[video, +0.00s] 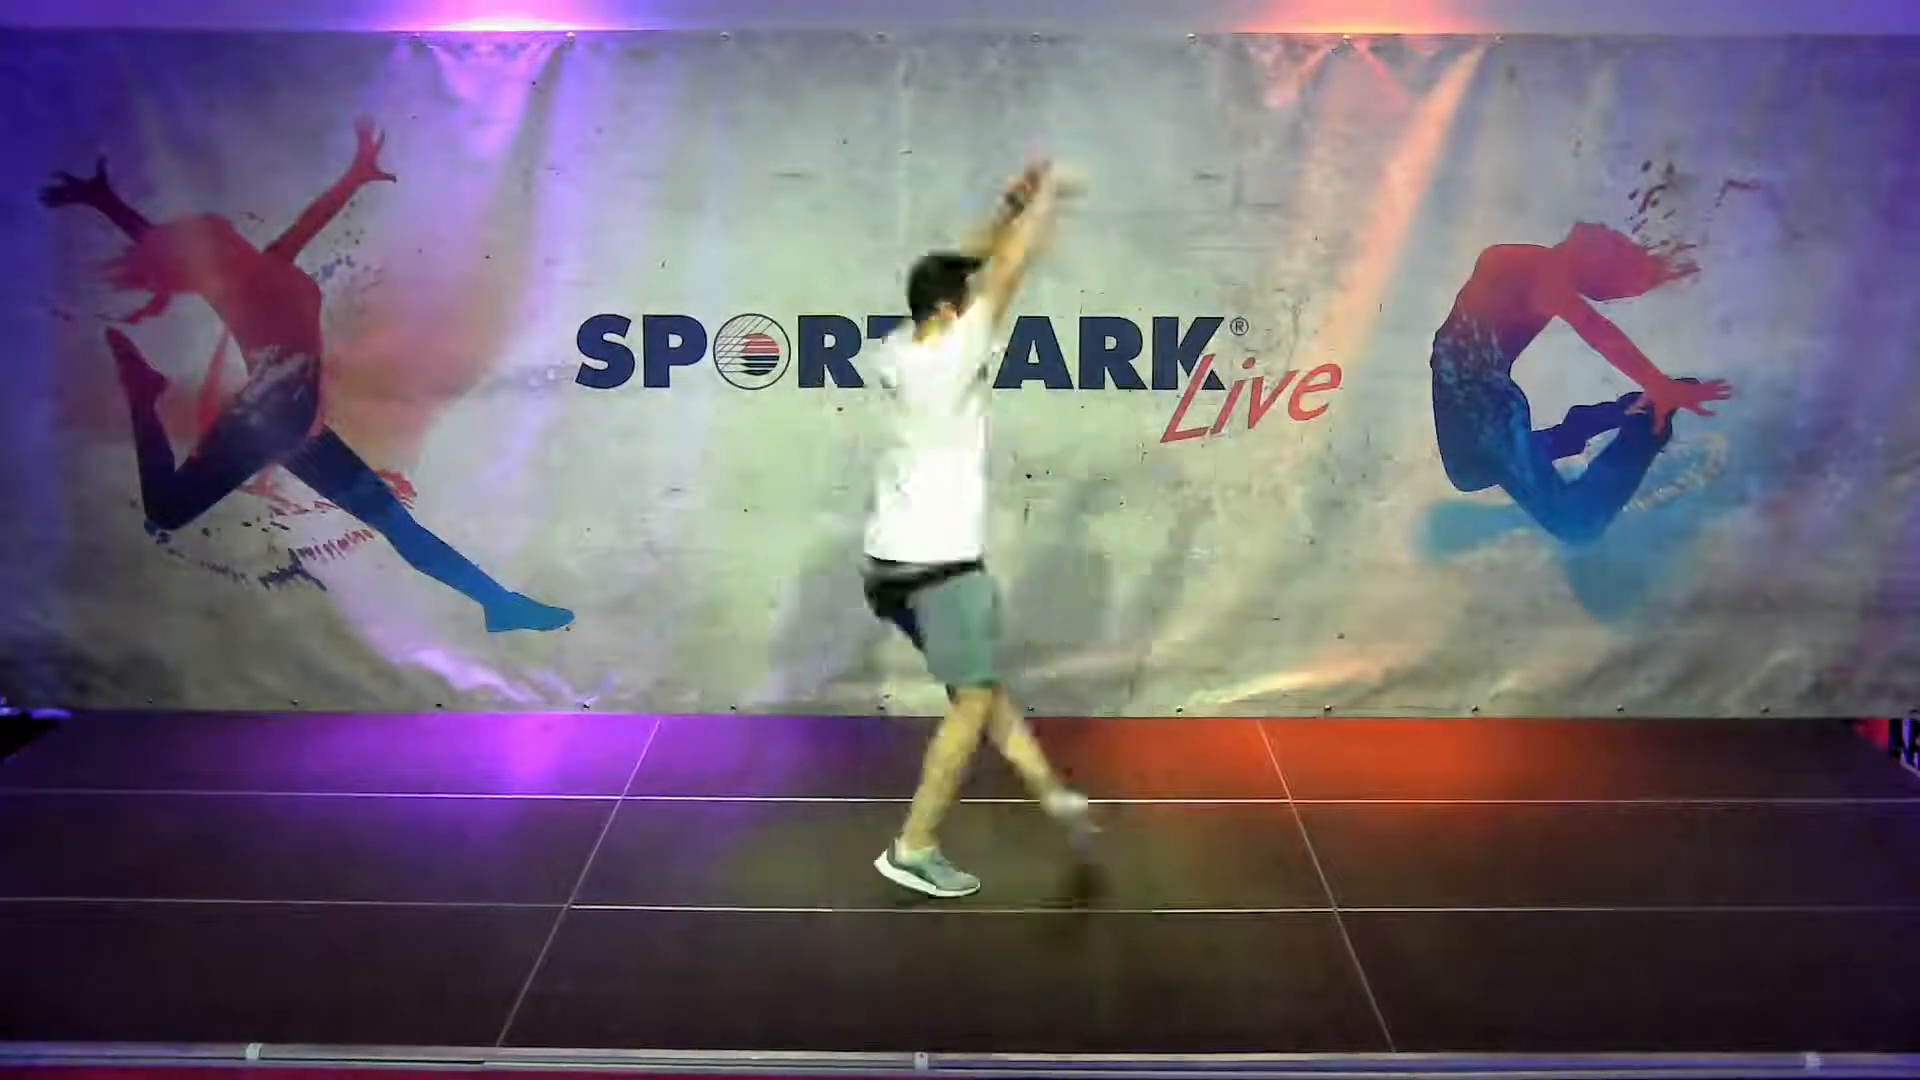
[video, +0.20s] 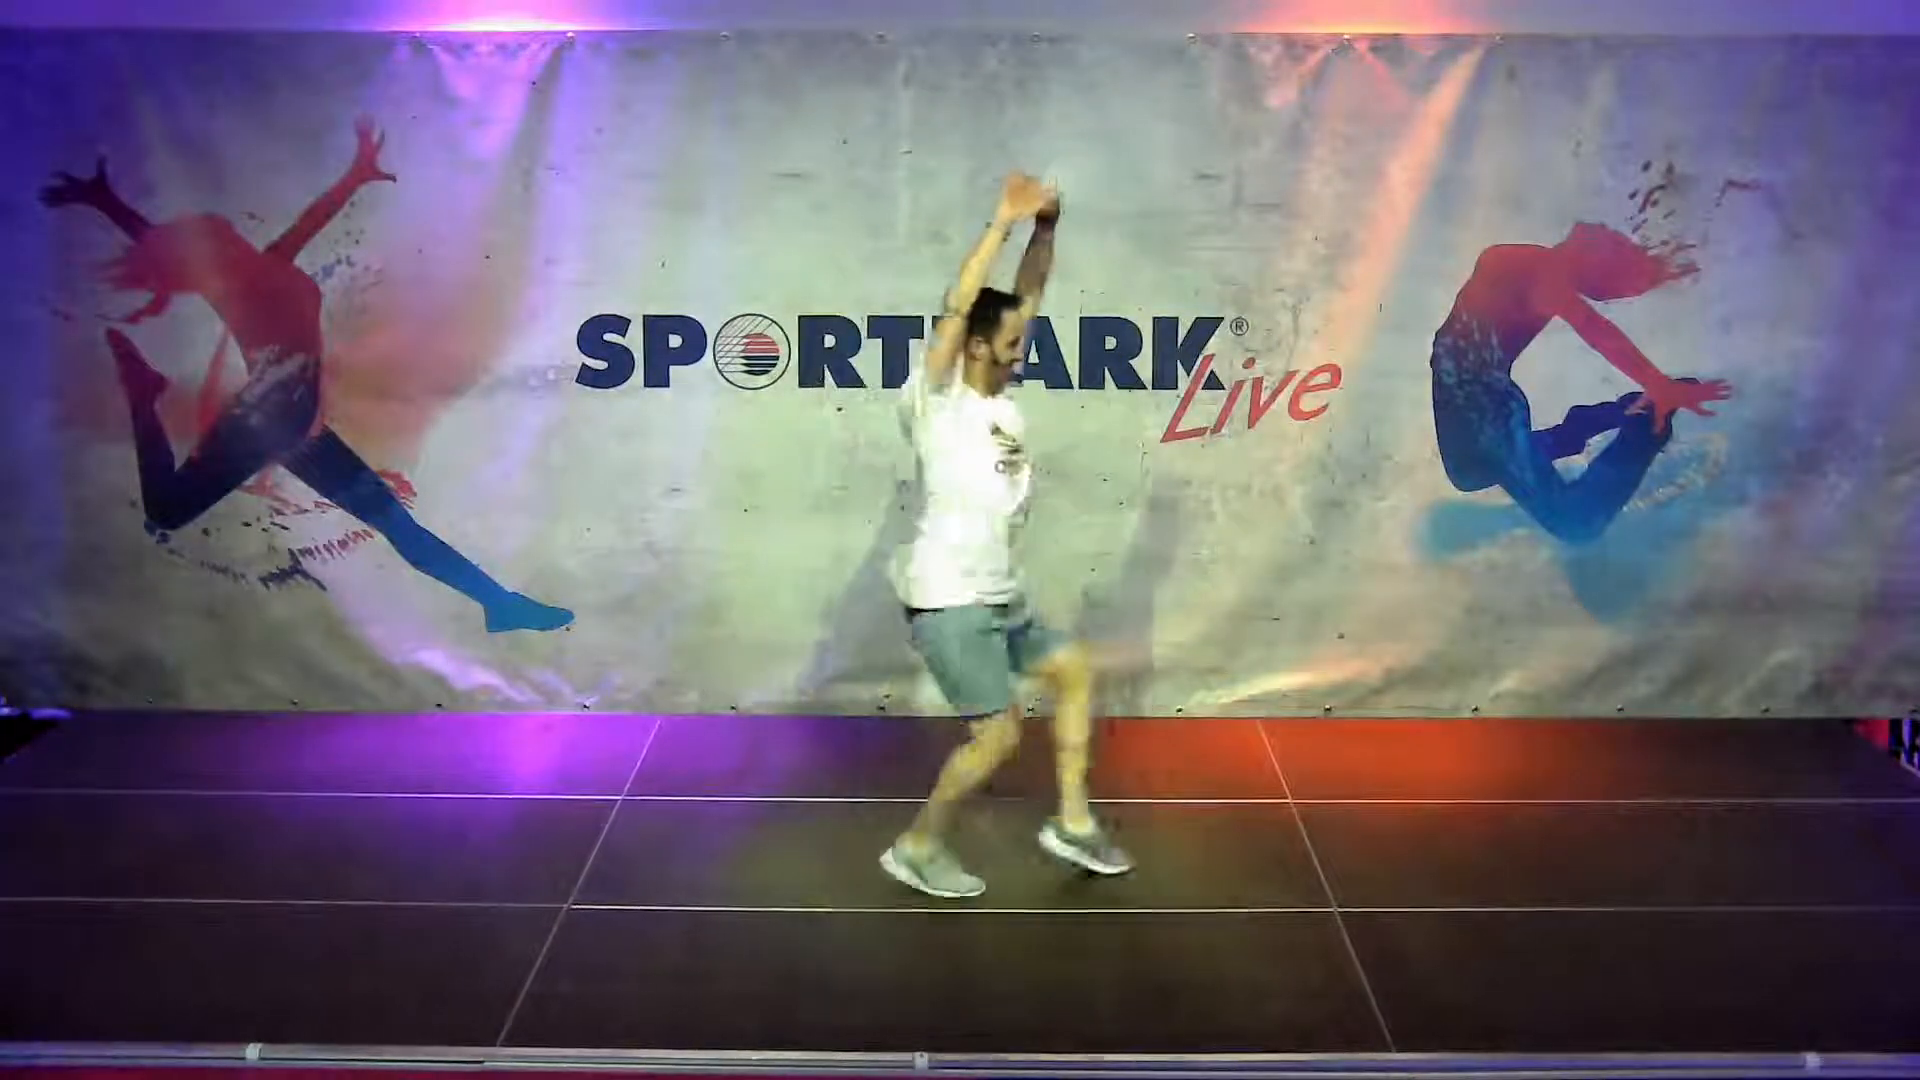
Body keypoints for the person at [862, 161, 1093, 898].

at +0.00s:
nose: (985, 314)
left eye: (982, 299)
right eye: (978, 299)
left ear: (923, 306)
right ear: (953, 307)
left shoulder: (897, 353)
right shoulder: (951, 357)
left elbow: (961, 274)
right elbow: (1007, 273)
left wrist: (1007, 212)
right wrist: (1042, 204)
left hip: (894, 560)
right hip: (944, 559)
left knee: (984, 689)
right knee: (972, 703)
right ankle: (914, 848)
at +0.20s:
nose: (1019, 355)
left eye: (1022, 345)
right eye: (1011, 345)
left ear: (1007, 349)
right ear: (975, 343)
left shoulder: (1000, 396)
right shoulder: (938, 399)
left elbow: (1025, 303)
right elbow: (958, 307)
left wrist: (1046, 223)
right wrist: (1002, 221)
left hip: (999, 593)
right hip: (946, 598)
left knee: (1073, 670)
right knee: (1000, 731)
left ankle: (1073, 824)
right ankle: (917, 846)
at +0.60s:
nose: (1086, 322)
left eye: (1087, 310)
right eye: (1075, 311)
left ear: (1080, 314)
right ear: (1039, 310)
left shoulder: (1078, 366)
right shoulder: (1002, 361)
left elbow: (1103, 280)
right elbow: (1013, 266)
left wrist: (1097, 202)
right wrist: (1042, 182)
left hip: (1079, 572)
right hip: (1005, 577)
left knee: (1141, 667)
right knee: (980, 725)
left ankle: (1118, 798)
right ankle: (996, 841)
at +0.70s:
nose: (1100, 305)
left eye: (1101, 293)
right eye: (1088, 295)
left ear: (1100, 298)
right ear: (1057, 294)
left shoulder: (1094, 351)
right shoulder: (1031, 348)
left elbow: (1150, 287)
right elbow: (1053, 257)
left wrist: (1154, 204)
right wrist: (1062, 166)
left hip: (1084, 548)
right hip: (1033, 548)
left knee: (1148, 653)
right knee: (1040, 699)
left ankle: (1161, 800)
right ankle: (968, 823)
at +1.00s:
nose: (1150, 341)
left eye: (1142, 332)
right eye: (1145, 331)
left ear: (1095, 334)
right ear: (1135, 331)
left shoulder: (1071, 404)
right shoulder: (1142, 364)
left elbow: (1052, 485)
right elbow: (1185, 286)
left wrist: (1014, 563)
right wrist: (1204, 205)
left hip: (1117, 572)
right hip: (1163, 567)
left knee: (1199, 682)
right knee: (1140, 708)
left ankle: (1237, 813)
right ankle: (1029, 821)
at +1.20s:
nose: (1143, 305)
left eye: (1134, 298)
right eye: (1141, 295)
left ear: (1090, 301)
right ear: (1142, 294)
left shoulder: (1061, 360)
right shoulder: (1176, 342)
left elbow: (971, 355)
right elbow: (1247, 278)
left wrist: (889, 351)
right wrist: (1293, 215)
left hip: (1141, 537)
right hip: (1203, 525)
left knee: (1194, 668)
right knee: (1240, 639)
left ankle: (1239, 800)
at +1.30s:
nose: (1106, 338)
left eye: (1096, 331)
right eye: (1120, 325)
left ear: (1083, 337)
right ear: (1143, 327)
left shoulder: (1070, 376)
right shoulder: (1187, 366)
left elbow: (1003, 303)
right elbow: (1267, 309)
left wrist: (946, 249)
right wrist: (1329, 253)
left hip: (1140, 553)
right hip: (1206, 535)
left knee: (1190, 680)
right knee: (1298, 625)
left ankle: (1251, 796)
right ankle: (1422, 707)